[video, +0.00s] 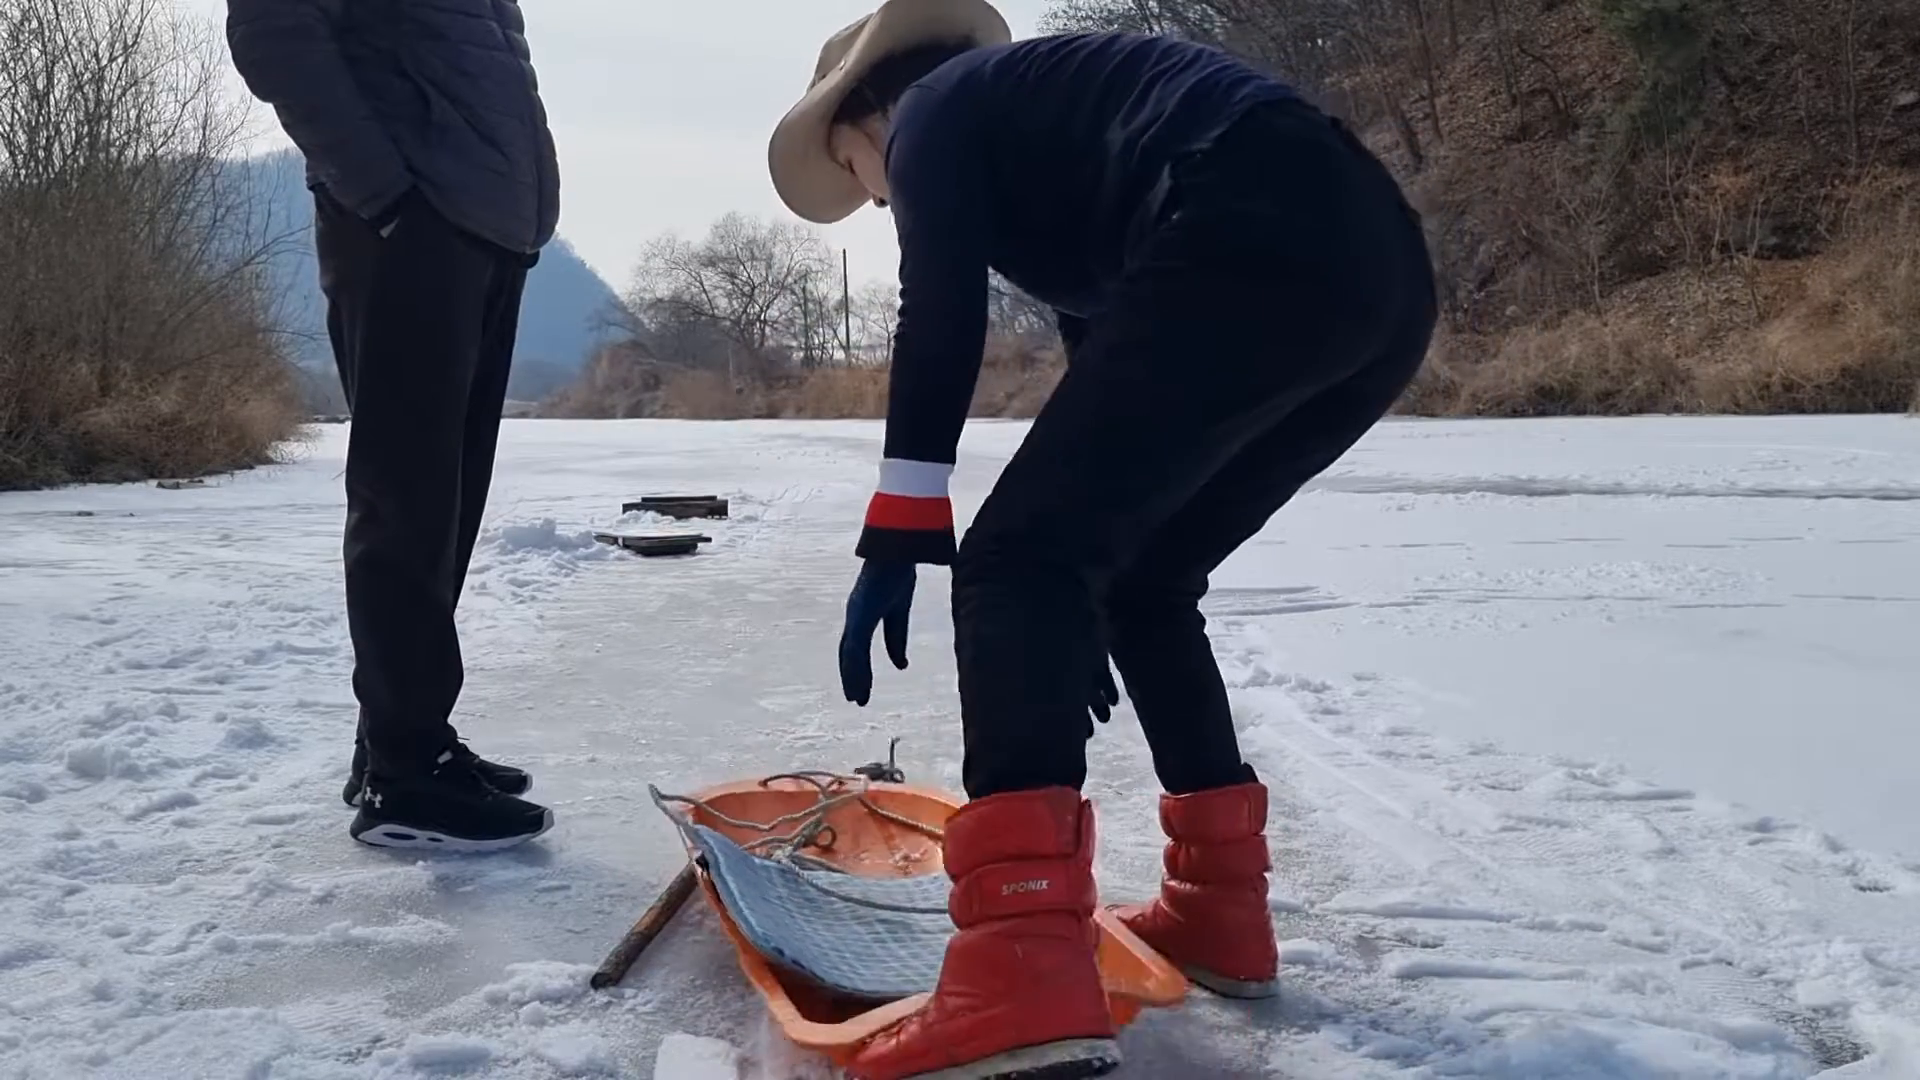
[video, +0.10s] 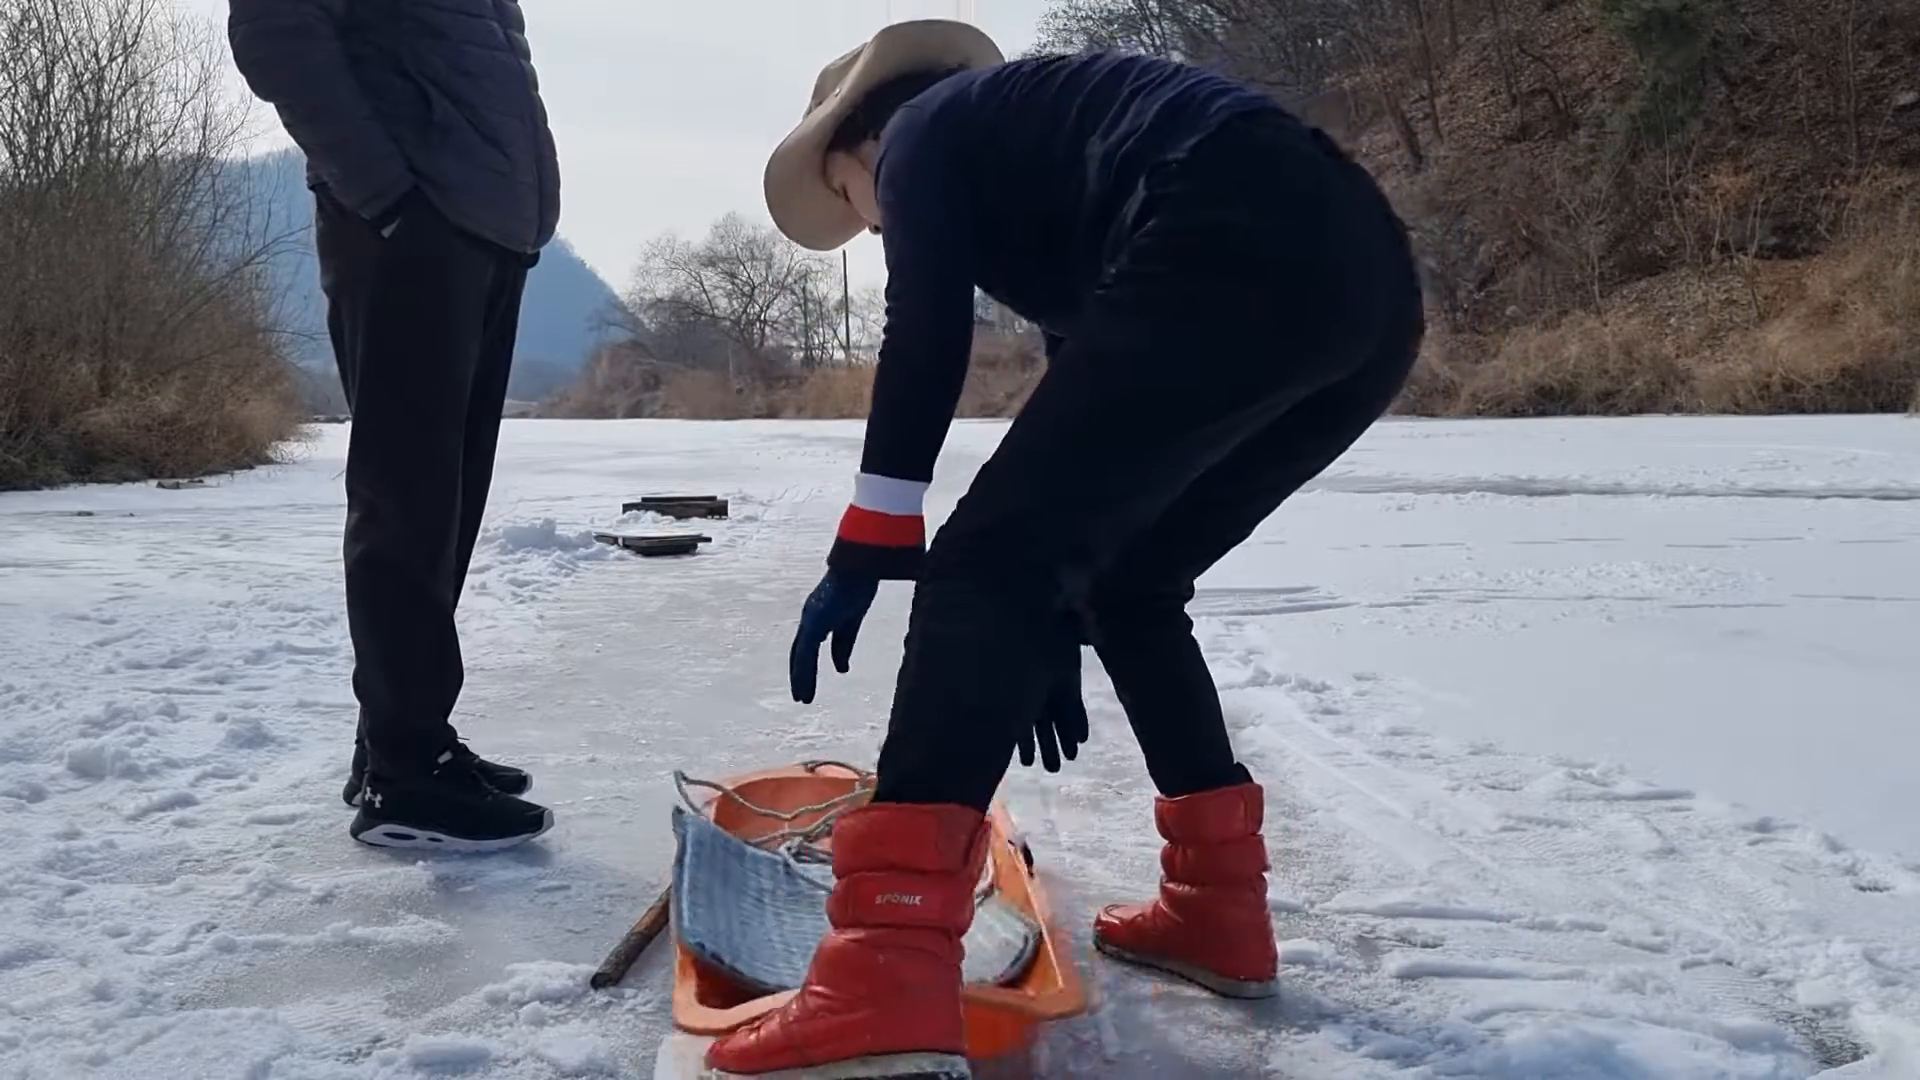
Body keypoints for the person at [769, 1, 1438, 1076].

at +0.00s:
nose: (873, 190)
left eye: (858, 160)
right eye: (855, 176)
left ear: (876, 105)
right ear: (950, 76)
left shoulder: (934, 117)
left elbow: (939, 322)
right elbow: (1105, 354)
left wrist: (894, 541)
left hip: (1246, 247)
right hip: (1386, 282)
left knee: (1019, 557)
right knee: (1150, 578)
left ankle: (1022, 950)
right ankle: (1221, 904)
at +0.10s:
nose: (869, 219)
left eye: (855, 192)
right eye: (852, 205)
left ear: (870, 132)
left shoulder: (926, 135)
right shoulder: (1065, 169)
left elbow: (924, 345)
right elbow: (1095, 394)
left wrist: (861, 554)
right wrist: (1048, 628)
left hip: (1226, 254)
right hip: (1369, 296)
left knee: (985, 562)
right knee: (1134, 582)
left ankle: (890, 956)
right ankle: (1223, 903)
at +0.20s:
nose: (855, 247)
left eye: (846, 221)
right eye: (842, 235)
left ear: (862, 162)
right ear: (952, 130)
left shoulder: (903, 175)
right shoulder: (1063, 208)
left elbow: (898, 374)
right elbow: (1086, 434)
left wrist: (828, 576)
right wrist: (1034, 657)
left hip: (1197, 263)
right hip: (1357, 303)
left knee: (949, 592)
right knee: (1127, 588)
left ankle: (781, 966)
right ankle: (1220, 906)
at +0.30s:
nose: (840, 334)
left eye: (833, 294)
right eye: (825, 313)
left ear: (842, 225)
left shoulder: (874, 221)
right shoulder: (1034, 246)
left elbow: (831, 440)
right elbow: (1047, 473)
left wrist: (768, 630)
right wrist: (1020, 688)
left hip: (1160, 270)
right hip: (1337, 303)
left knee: (908, 614)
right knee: (1136, 580)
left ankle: (764, 1010)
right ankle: (1200, 906)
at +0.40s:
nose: (869, 387)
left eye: (831, 338)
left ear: (843, 280)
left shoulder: (859, 273)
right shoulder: (998, 335)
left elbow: (789, 485)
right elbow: (1047, 537)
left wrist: (712, 684)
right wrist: (1027, 722)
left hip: (1120, 275)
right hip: (1319, 305)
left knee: (864, 612)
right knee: (1159, 582)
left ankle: (768, 1010)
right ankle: (1148, 913)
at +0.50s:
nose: (883, 445)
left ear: (856, 302)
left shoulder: (863, 305)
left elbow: (778, 522)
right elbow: (1067, 562)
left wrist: (695, 722)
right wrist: (1055, 743)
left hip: (1081, 289)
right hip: (1292, 311)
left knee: (830, 624)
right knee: (1156, 583)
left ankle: (768, 1014)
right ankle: (1135, 921)